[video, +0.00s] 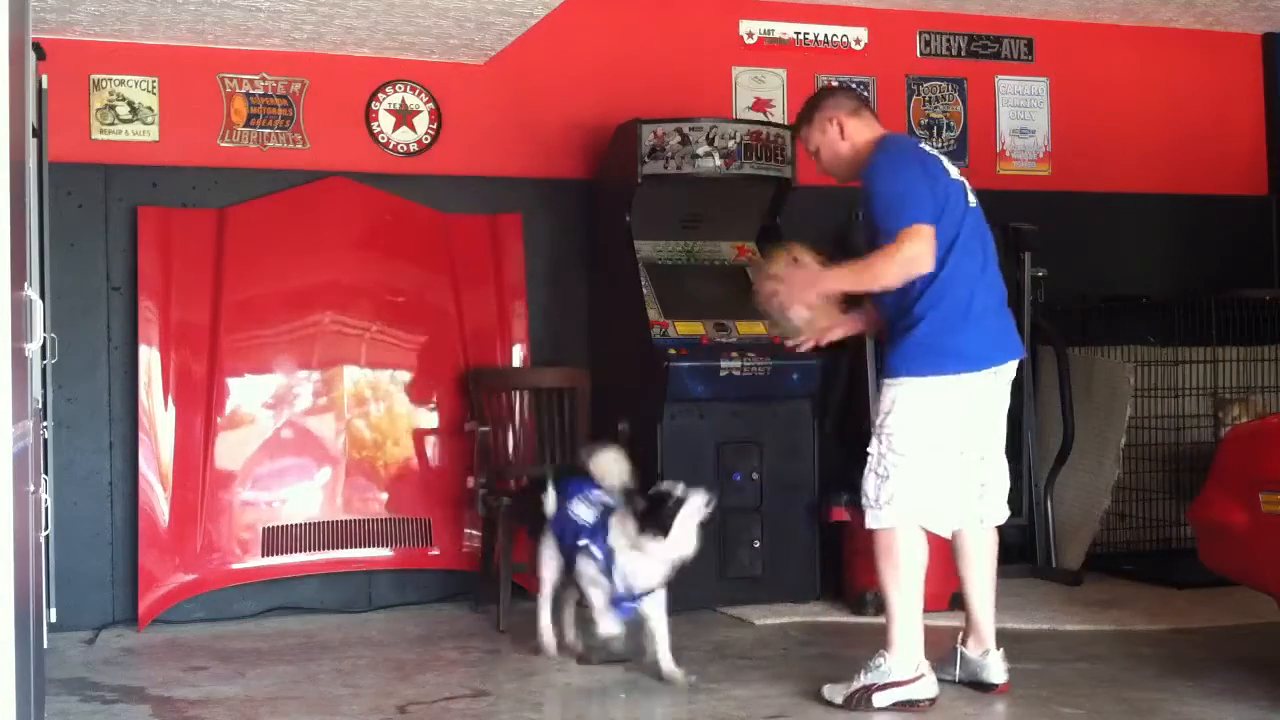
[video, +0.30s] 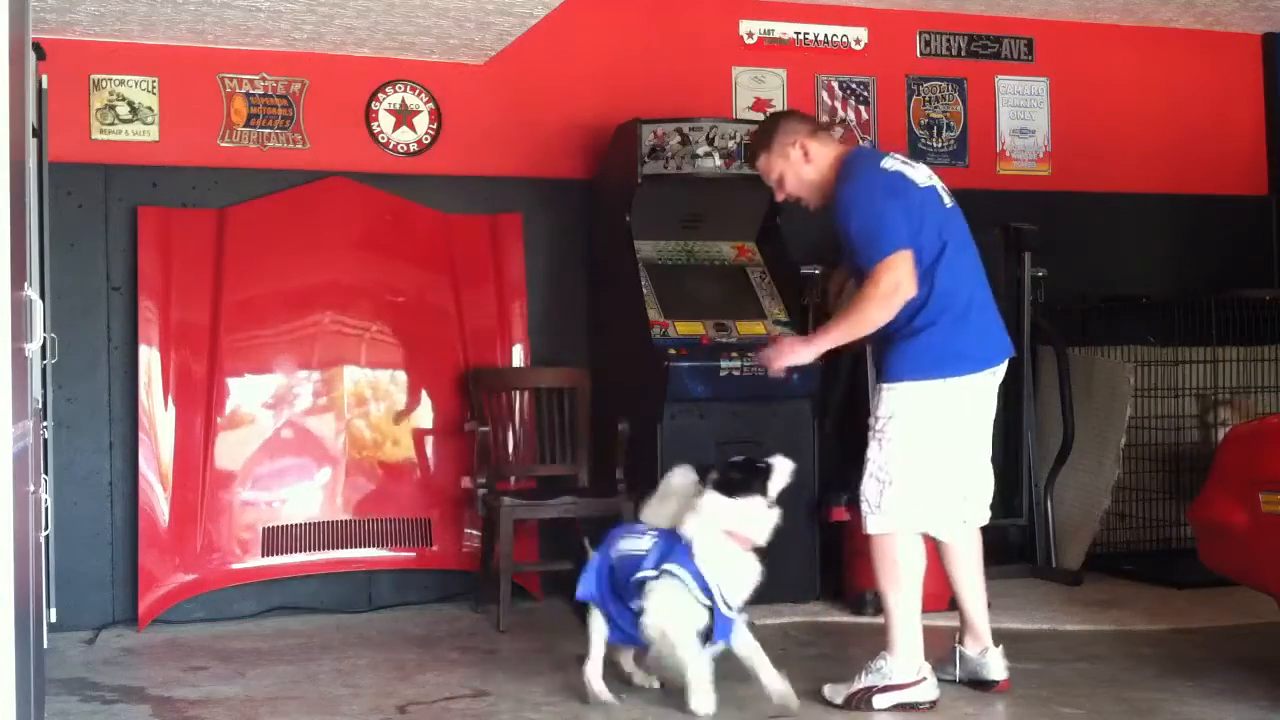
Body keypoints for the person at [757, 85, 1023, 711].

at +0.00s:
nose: (814, 162)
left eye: (812, 147)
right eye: (809, 152)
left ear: (838, 125)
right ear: (852, 119)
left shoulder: (892, 161)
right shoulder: (924, 163)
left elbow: (916, 254)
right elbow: (917, 294)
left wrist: (819, 280)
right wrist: (841, 323)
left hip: (931, 361)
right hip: (985, 354)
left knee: (892, 506)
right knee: (973, 504)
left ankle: (903, 662)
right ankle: (982, 649)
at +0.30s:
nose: (781, 196)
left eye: (777, 180)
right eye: (773, 186)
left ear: (802, 149)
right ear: (810, 146)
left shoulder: (863, 183)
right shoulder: (889, 167)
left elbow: (896, 283)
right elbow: (917, 272)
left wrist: (811, 344)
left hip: (927, 366)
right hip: (974, 356)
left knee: (889, 510)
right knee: (955, 507)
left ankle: (903, 664)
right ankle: (980, 647)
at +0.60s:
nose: (782, 191)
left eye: (776, 176)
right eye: (772, 183)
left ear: (800, 138)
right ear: (806, 133)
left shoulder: (853, 173)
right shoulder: (889, 157)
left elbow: (858, 278)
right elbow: (908, 269)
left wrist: (760, 316)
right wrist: (852, 308)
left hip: (916, 361)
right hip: (970, 351)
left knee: (885, 510)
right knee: (963, 507)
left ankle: (904, 663)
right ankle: (982, 647)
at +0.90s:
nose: (797, 177)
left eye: (794, 161)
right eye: (789, 169)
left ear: (820, 123)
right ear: (828, 121)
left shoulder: (870, 164)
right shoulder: (888, 153)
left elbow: (910, 250)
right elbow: (892, 262)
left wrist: (898, 362)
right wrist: (827, 297)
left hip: (924, 359)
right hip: (955, 355)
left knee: (900, 503)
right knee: (941, 496)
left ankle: (905, 663)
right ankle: (995, 621)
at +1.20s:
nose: (829, 191)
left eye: (827, 176)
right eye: (820, 184)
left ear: (856, 142)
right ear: (846, 152)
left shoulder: (926, 179)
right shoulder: (880, 204)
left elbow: (989, 258)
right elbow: (887, 299)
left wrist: (991, 364)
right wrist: (813, 308)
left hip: (962, 377)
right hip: (935, 376)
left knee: (927, 513)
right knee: (956, 511)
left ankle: (911, 665)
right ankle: (1008, 628)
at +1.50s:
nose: (857, 216)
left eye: (857, 201)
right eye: (849, 208)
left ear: (883, 169)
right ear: (878, 175)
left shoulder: (957, 202)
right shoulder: (902, 219)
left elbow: (1000, 305)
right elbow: (928, 310)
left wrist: (973, 406)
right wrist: (924, 391)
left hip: (1028, 360)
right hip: (974, 365)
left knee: (1011, 494)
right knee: (970, 497)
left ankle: (1066, 640)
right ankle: (1010, 632)